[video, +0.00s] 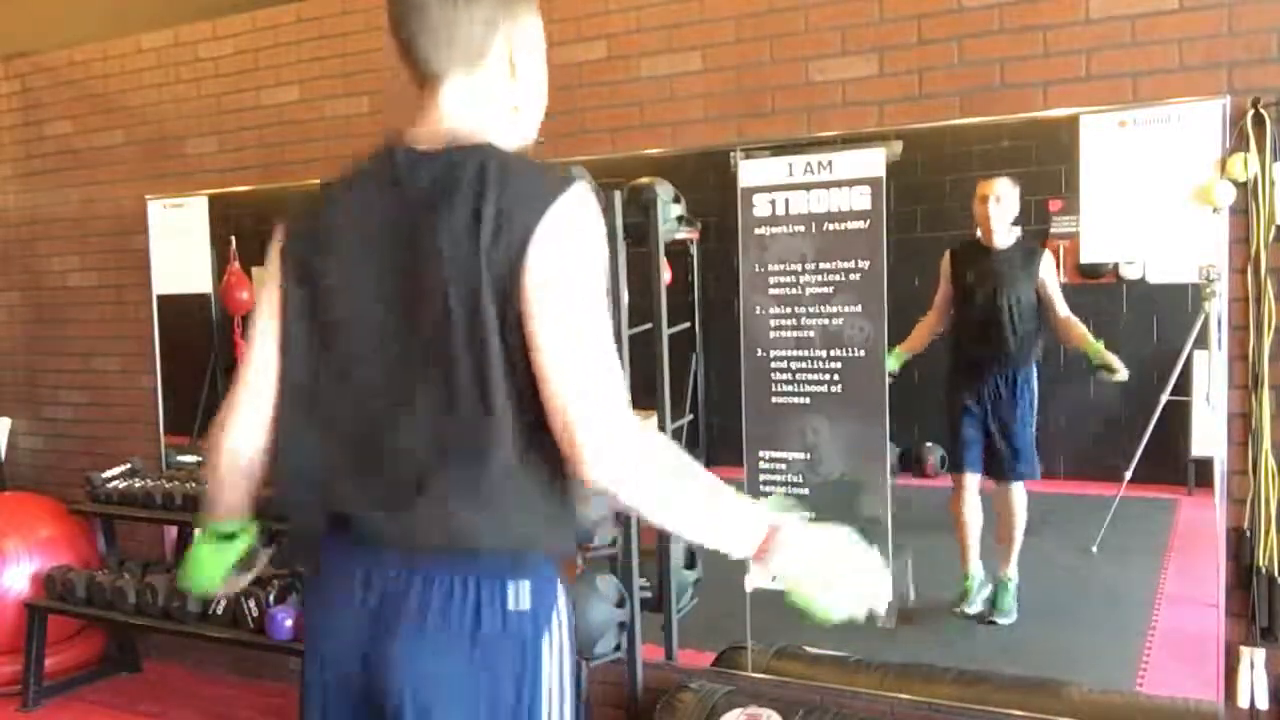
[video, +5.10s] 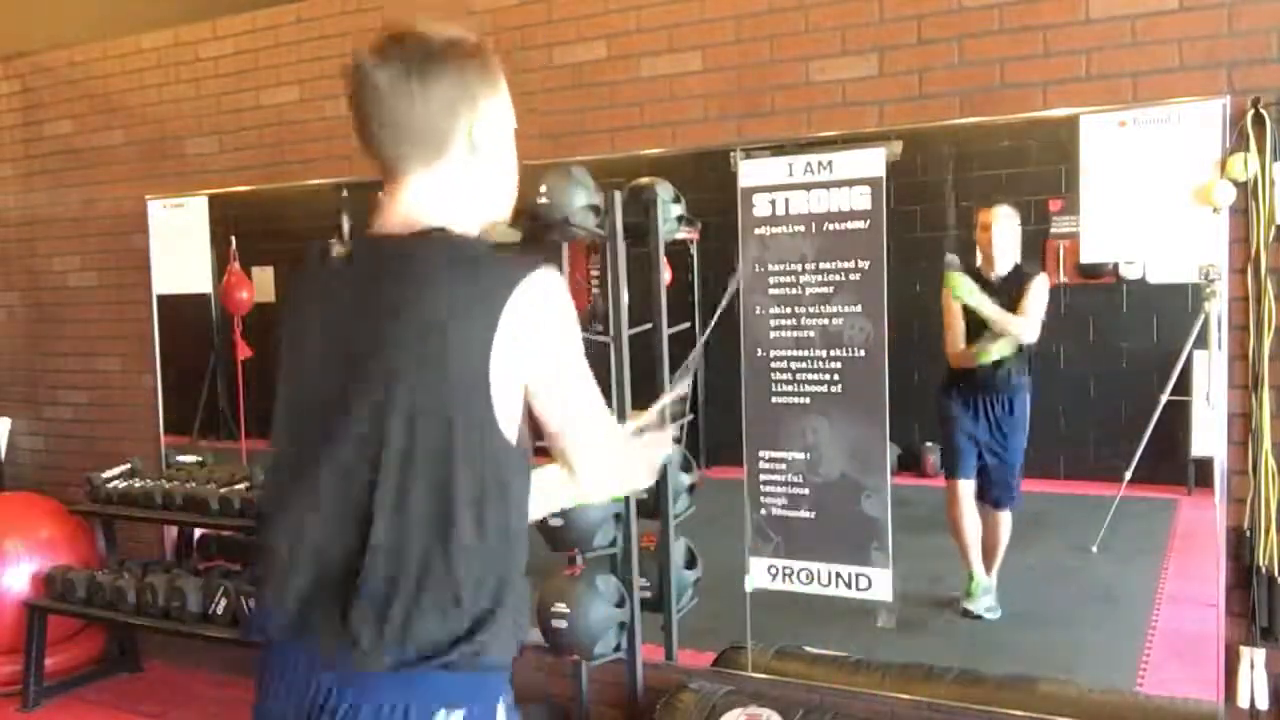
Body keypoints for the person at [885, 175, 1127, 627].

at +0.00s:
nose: (990, 208)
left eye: (999, 200)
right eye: (983, 200)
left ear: (1017, 208)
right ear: (973, 208)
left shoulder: (1038, 260)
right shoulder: (956, 258)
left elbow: (1062, 319)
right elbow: (936, 318)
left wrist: (1095, 351)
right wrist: (898, 354)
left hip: (1015, 381)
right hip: (966, 379)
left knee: (1010, 483)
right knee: (965, 482)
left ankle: (1007, 580)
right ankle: (972, 579)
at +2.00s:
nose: (988, 213)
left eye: (997, 204)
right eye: (982, 204)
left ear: (1014, 213)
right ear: (971, 212)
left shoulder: (1034, 263)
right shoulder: (953, 266)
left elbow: (1062, 320)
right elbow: (932, 323)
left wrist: (1099, 347)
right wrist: (897, 352)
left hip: (1021, 382)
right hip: (971, 383)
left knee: (1011, 484)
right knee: (979, 494)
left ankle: (1017, 543)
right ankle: (989, 585)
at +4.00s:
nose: (980, 211)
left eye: (990, 203)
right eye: (974, 203)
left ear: (1007, 210)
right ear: (964, 209)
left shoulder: (1026, 261)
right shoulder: (947, 257)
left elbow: (1051, 316)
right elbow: (930, 316)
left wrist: (1083, 347)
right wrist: (892, 350)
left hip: (1015, 379)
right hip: (965, 379)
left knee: (1006, 481)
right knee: (973, 485)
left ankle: (1002, 585)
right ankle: (983, 581)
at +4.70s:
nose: (996, 237)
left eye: (1006, 229)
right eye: (988, 228)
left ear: (1021, 235)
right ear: (978, 234)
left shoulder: (1043, 285)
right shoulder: (961, 287)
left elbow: (1085, 332)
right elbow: (920, 334)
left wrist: (1126, 369)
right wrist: (873, 351)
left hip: (1018, 406)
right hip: (968, 404)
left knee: (1012, 503)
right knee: (960, 493)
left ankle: (1009, 589)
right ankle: (970, 589)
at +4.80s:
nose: (995, 211)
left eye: (1005, 203)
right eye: (989, 203)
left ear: (1020, 210)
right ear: (979, 209)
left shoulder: (1039, 259)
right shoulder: (963, 260)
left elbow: (1036, 319)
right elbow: (950, 318)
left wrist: (1006, 359)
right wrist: (966, 361)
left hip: (1015, 365)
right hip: (967, 366)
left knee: (1006, 474)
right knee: (963, 451)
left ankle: (1007, 570)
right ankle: (977, 551)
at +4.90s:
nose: (995, 206)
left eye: (1004, 198)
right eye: (988, 198)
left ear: (1019, 206)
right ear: (979, 205)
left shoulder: (1036, 254)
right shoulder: (960, 257)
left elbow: (1006, 303)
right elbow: (976, 320)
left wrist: (948, 320)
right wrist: (1033, 340)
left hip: (1011, 368)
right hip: (966, 367)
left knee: (997, 462)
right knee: (967, 457)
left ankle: (993, 541)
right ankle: (986, 551)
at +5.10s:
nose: (988, 236)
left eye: (996, 228)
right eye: (983, 228)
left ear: (1015, 234)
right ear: (975, 233)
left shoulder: (1033, 281)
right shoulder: (958, 281)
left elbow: (1027, 332)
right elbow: (955, 354)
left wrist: (976, 300)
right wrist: (990, 348)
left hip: (1009, 397)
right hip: (963, 395)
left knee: (999, 495)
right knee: (959, 486)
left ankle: (989, 585)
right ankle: (976, 579)